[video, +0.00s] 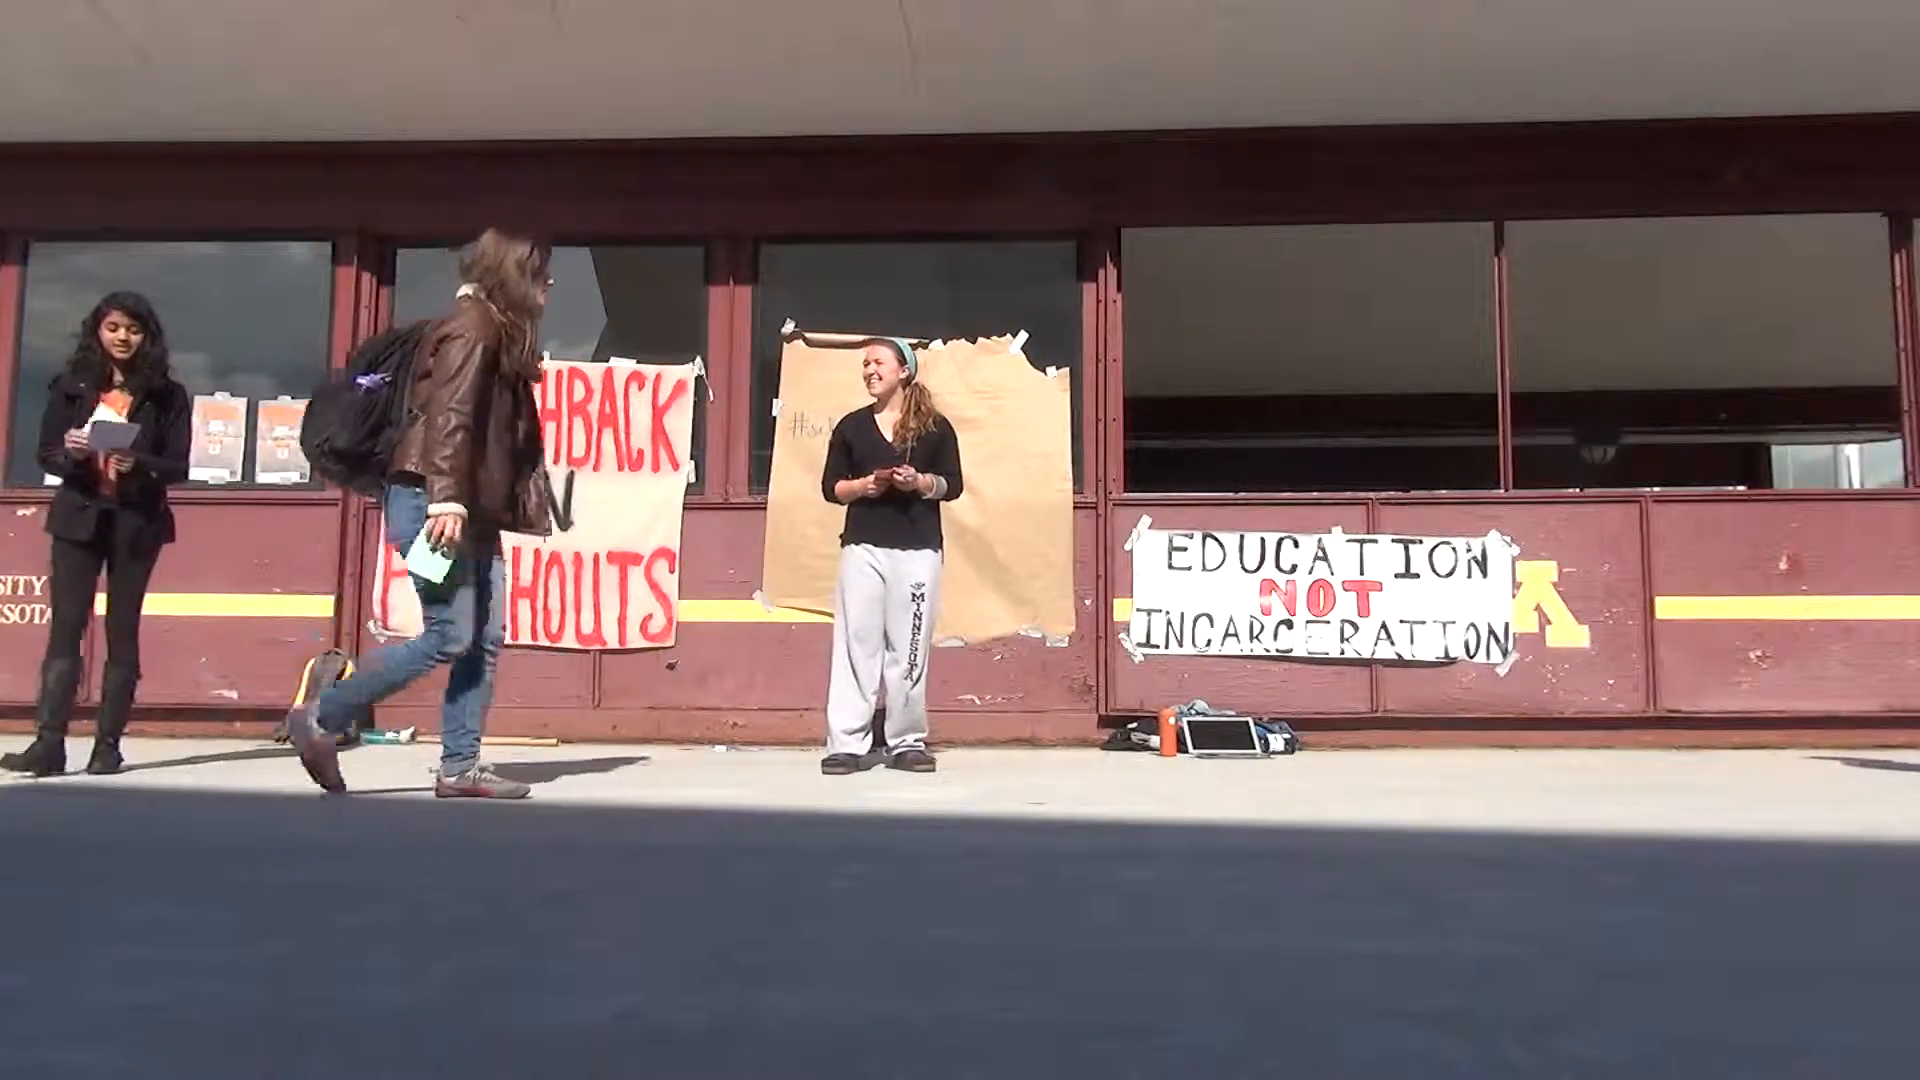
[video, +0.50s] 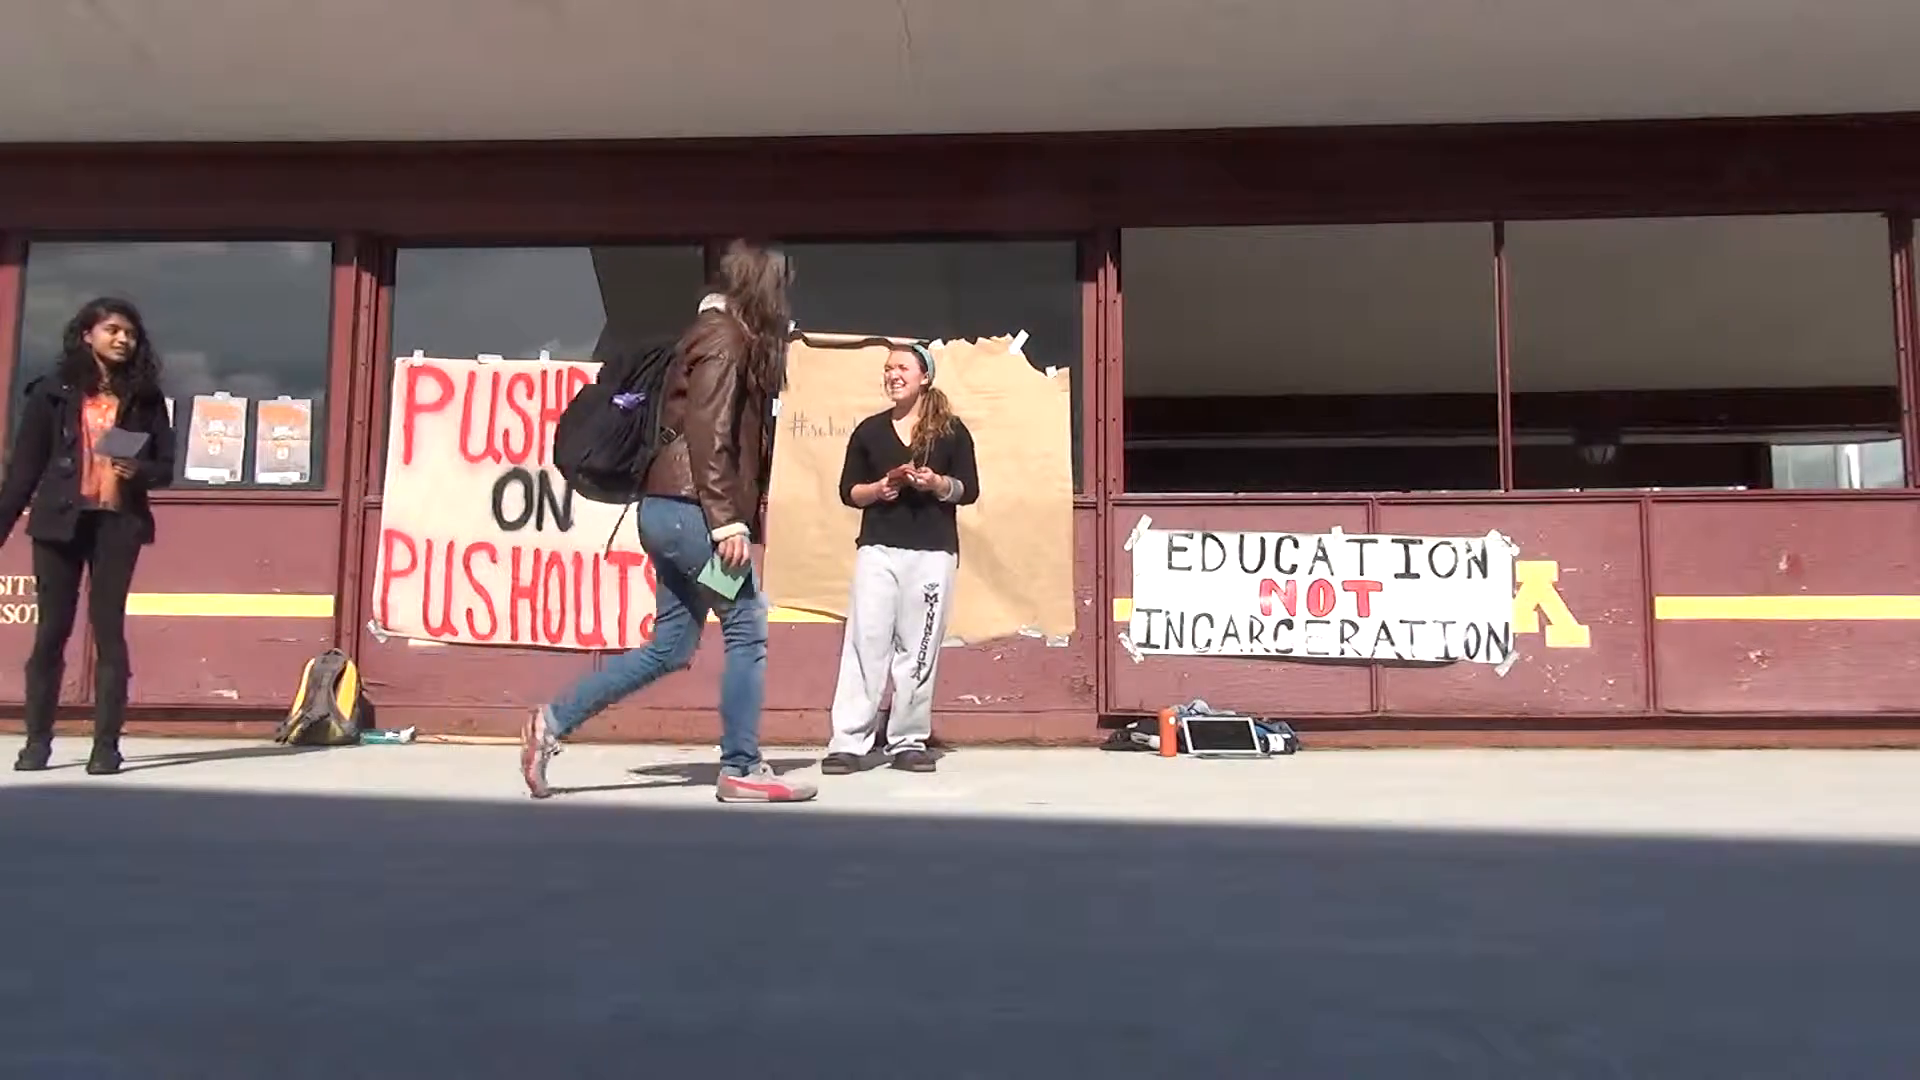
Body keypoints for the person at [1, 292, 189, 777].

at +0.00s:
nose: (122, 337)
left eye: (132, 329)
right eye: (113, 327)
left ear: (147, 335)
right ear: (96, 332)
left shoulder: (168, 393)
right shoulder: (72, 384)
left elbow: (178, 467)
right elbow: (47, 454)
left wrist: (137, 461)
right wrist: (70, 451)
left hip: (135, 520)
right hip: (77, 514)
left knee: (121, 628)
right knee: (66, 625)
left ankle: (107, 743)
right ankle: (49, 741)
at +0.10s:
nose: (122, 338)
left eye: (132, 330)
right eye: (113, 329)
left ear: (146, 337)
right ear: (96, 333)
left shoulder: (168, 394)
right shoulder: (73, 383)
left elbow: (178, 467)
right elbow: (48, 452)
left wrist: (138, 462)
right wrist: (72, 460)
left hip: (134, 518)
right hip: (76, 511)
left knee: (121, 627)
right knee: (49, 619)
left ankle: (107, 743)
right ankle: (42, 739)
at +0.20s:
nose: (121, 339)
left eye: (131, 331)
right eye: (112, 329)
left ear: (146, 338)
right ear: (96, 334)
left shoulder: (167, 394)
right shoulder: (74, 383)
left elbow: (178, 469)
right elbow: (51, 451)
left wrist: (139, 461)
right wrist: (31, 484)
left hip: (132, 520)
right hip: (75, 514)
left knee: (118, 626)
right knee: (41, 620)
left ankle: (107, 742)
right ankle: (37, 733)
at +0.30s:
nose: (125, 338)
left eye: (134, 331)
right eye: (116, 329)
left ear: (145, 338)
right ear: (95, 333)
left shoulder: (163, 394)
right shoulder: (69, 385)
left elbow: (177, 469)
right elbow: (38, 456)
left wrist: (140, 463)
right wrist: (6, 510)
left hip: (128, 521)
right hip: (70, 516)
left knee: (116, 629)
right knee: (42, 627)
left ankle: (107, 742)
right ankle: (33, 734)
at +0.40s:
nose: (125, 339)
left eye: (134, 332)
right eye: (116, 329)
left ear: (143, 341)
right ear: (93, 334)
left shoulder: (155, 395)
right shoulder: (62, 385)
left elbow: (174, 469)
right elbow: (30, 464)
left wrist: (140, 465)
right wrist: (3, 524)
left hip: (124, 520)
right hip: (66, 516)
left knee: (113, 628)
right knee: (49, 629)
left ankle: (107, 742)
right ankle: (36, 738)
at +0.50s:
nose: (120, 338)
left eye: (128, 332)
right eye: (110, 329)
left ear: (136, 342)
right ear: (85, 334)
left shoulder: (147, 395)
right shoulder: (52, 389)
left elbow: (164, 470)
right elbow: (24, 467)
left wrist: (138, 468)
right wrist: (3, 524)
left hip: (118, 521)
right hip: (59, 518)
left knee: (108, 627)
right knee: (51, 630)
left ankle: (107, 744)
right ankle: (38, 740)